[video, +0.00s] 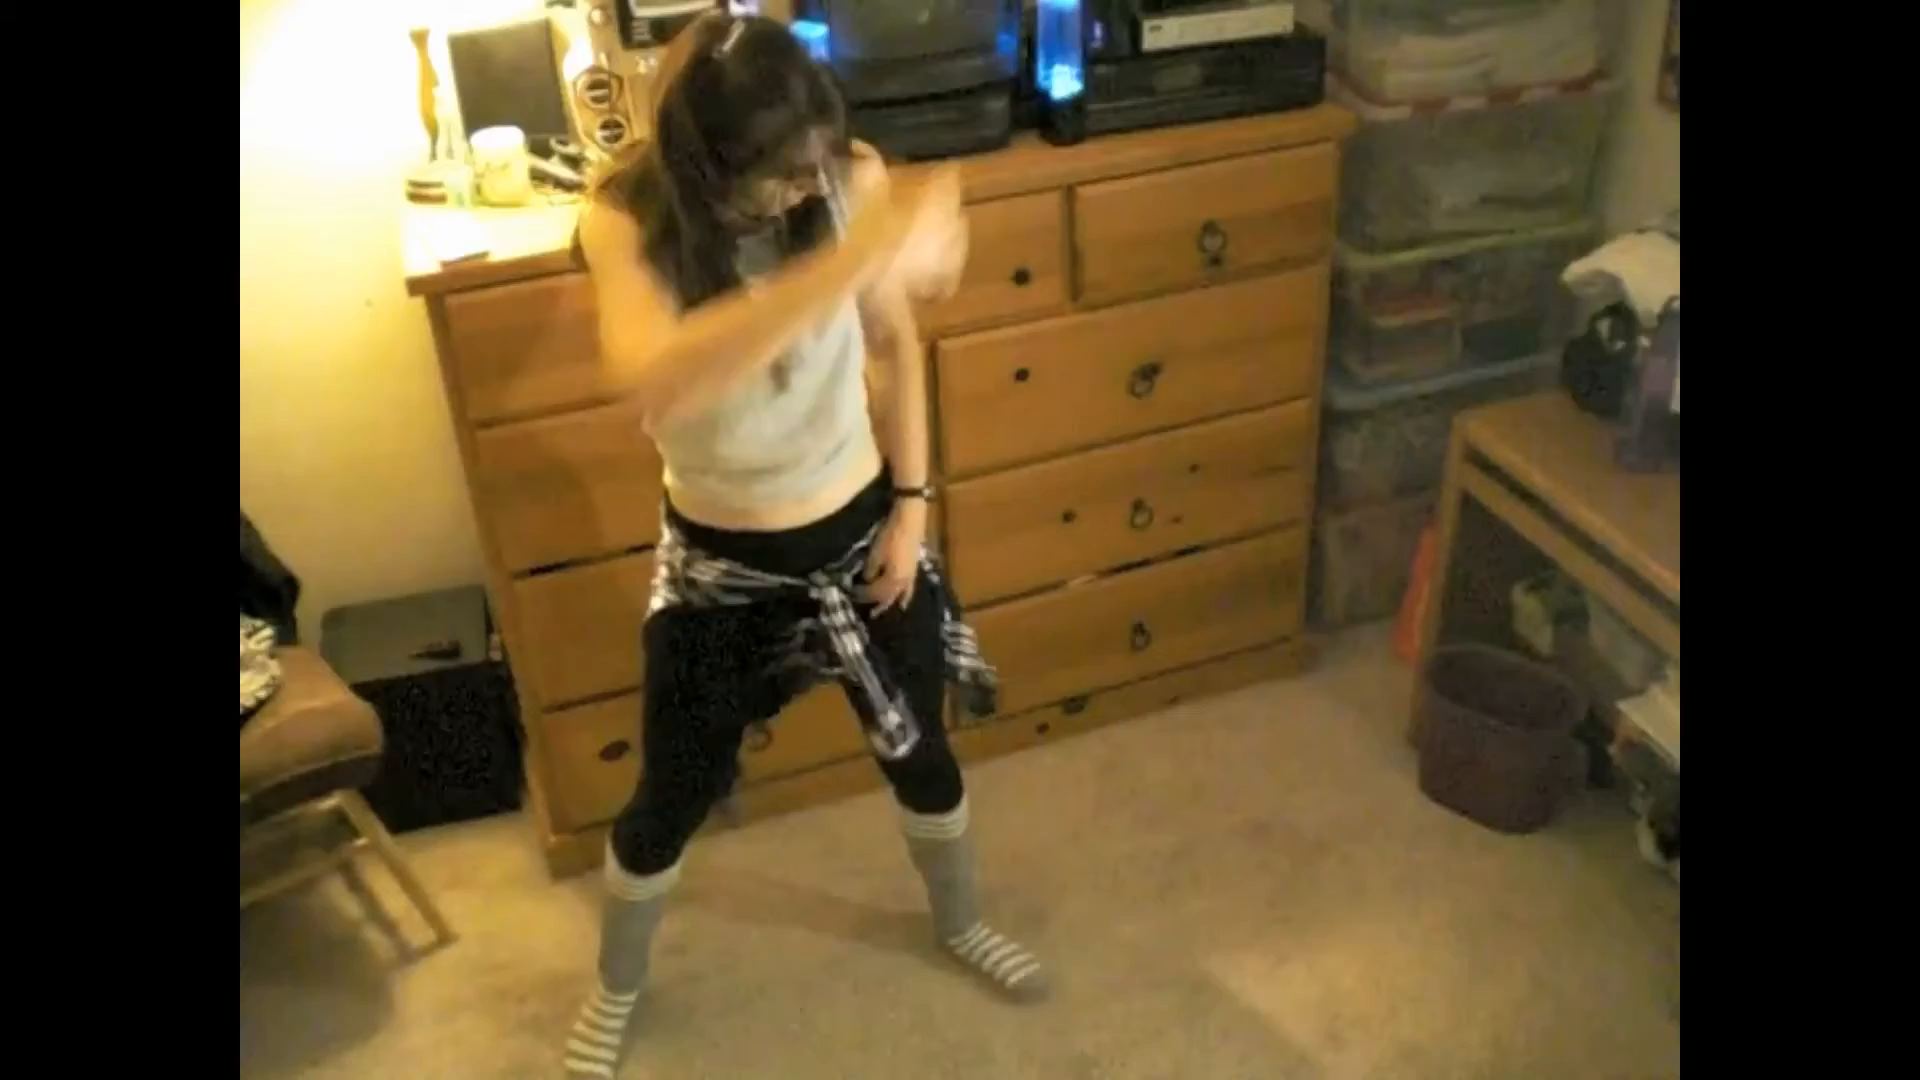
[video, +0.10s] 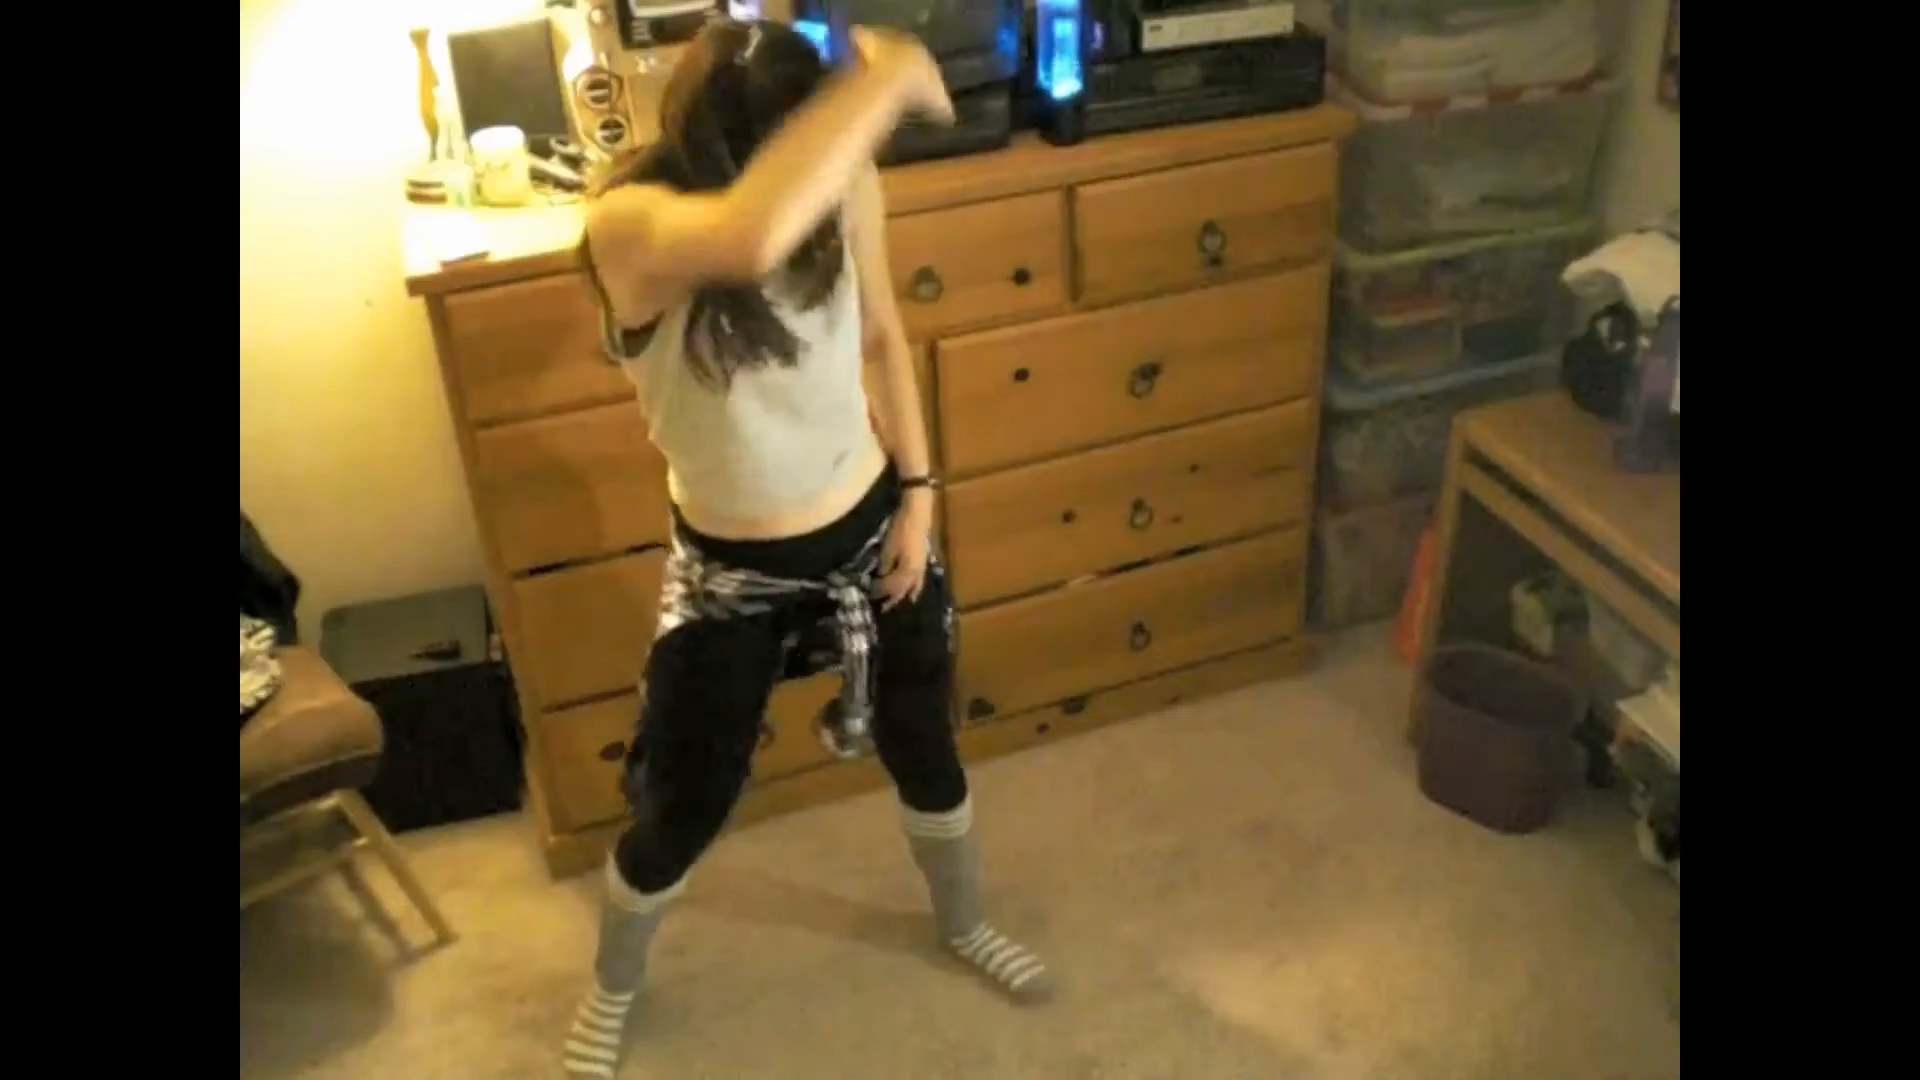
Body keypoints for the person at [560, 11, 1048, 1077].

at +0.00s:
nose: (803, 193)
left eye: (817, 170)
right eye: (778, 179)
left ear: (832, 131)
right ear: (708, 163)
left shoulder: (850, 181)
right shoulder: (625, 217)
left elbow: (894, 343)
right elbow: (653, 383)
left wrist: (911, 503)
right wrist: (861, 258)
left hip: (860, 530)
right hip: (716, 557)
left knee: (921, 752)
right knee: (670, 797)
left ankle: (961, 927)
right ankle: (615, 991)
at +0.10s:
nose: (822, 181)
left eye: (827, 152)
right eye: (781, 154)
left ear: (831, 138)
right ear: (720, 139)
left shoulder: (845, 191)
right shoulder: (624, 221)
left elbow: (881, 339)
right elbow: (748, 235)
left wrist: (918, 485)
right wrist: (882, 81)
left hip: (875, 538)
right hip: (732, 575)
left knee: (925, 745)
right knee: (679, 812)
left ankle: (964, 927)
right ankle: (611, 993)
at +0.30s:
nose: (825, 211)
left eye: (833, 192)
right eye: (808, 193)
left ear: (838, 170)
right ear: (739, 155)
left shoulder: (818, 223)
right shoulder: (632, 237)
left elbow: (862, 375)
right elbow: (750, 138)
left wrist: (921, 484)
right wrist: (725, 10)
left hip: (886, 562)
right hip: (753, 611)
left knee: (945, 756)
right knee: (707, 854)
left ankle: (969, 928)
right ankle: (613, 978)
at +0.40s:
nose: (802, 233)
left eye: (814, 212)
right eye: (788, 210)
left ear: (817, 202)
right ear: (726, 186)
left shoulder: (798, 269)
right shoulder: (625, 253)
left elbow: (855, 411)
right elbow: (700, 276)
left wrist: (910, 525)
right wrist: (650, 114)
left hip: (865, 576)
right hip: (741, 640)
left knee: (963, 771)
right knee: (733, 908)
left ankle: (972, 930)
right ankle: (618, 961)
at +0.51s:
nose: (787, 254)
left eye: (798, 231)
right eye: (770, 234)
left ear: (805, 217)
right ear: (701, 222)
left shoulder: (795, 284)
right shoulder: (604, 314)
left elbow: (841, 458)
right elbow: (612, 531)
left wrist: (881, 598)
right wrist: (655, 298)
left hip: (824, 616)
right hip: (702, 667)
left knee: (990, 795)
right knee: (731, 950)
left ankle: (968, 939)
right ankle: (608, 976)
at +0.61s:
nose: (760, 257)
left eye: (766, 233)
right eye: (737, 238)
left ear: (774, 223)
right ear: (664, 236)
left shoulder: (794, 314)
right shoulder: (572, 376)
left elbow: (834, 499)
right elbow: (517, 555)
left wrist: (829, 665)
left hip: (785, 664)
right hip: (648, 700)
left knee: (981, 791)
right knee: (684, 955)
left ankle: (968, 944)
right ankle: (606, 984)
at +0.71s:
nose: (712, 236)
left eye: (720, 205)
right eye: (681, 215)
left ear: (737, 200)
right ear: (614, 222)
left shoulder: (792, 320)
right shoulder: (554, 356)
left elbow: (835, 527)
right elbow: (526, 517)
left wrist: (718, 625)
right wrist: (560, 674)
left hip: (747, 656)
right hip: (603, 670)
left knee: (939, 810)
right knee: (643, 922)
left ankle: (971, 947)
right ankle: (597, 1006)